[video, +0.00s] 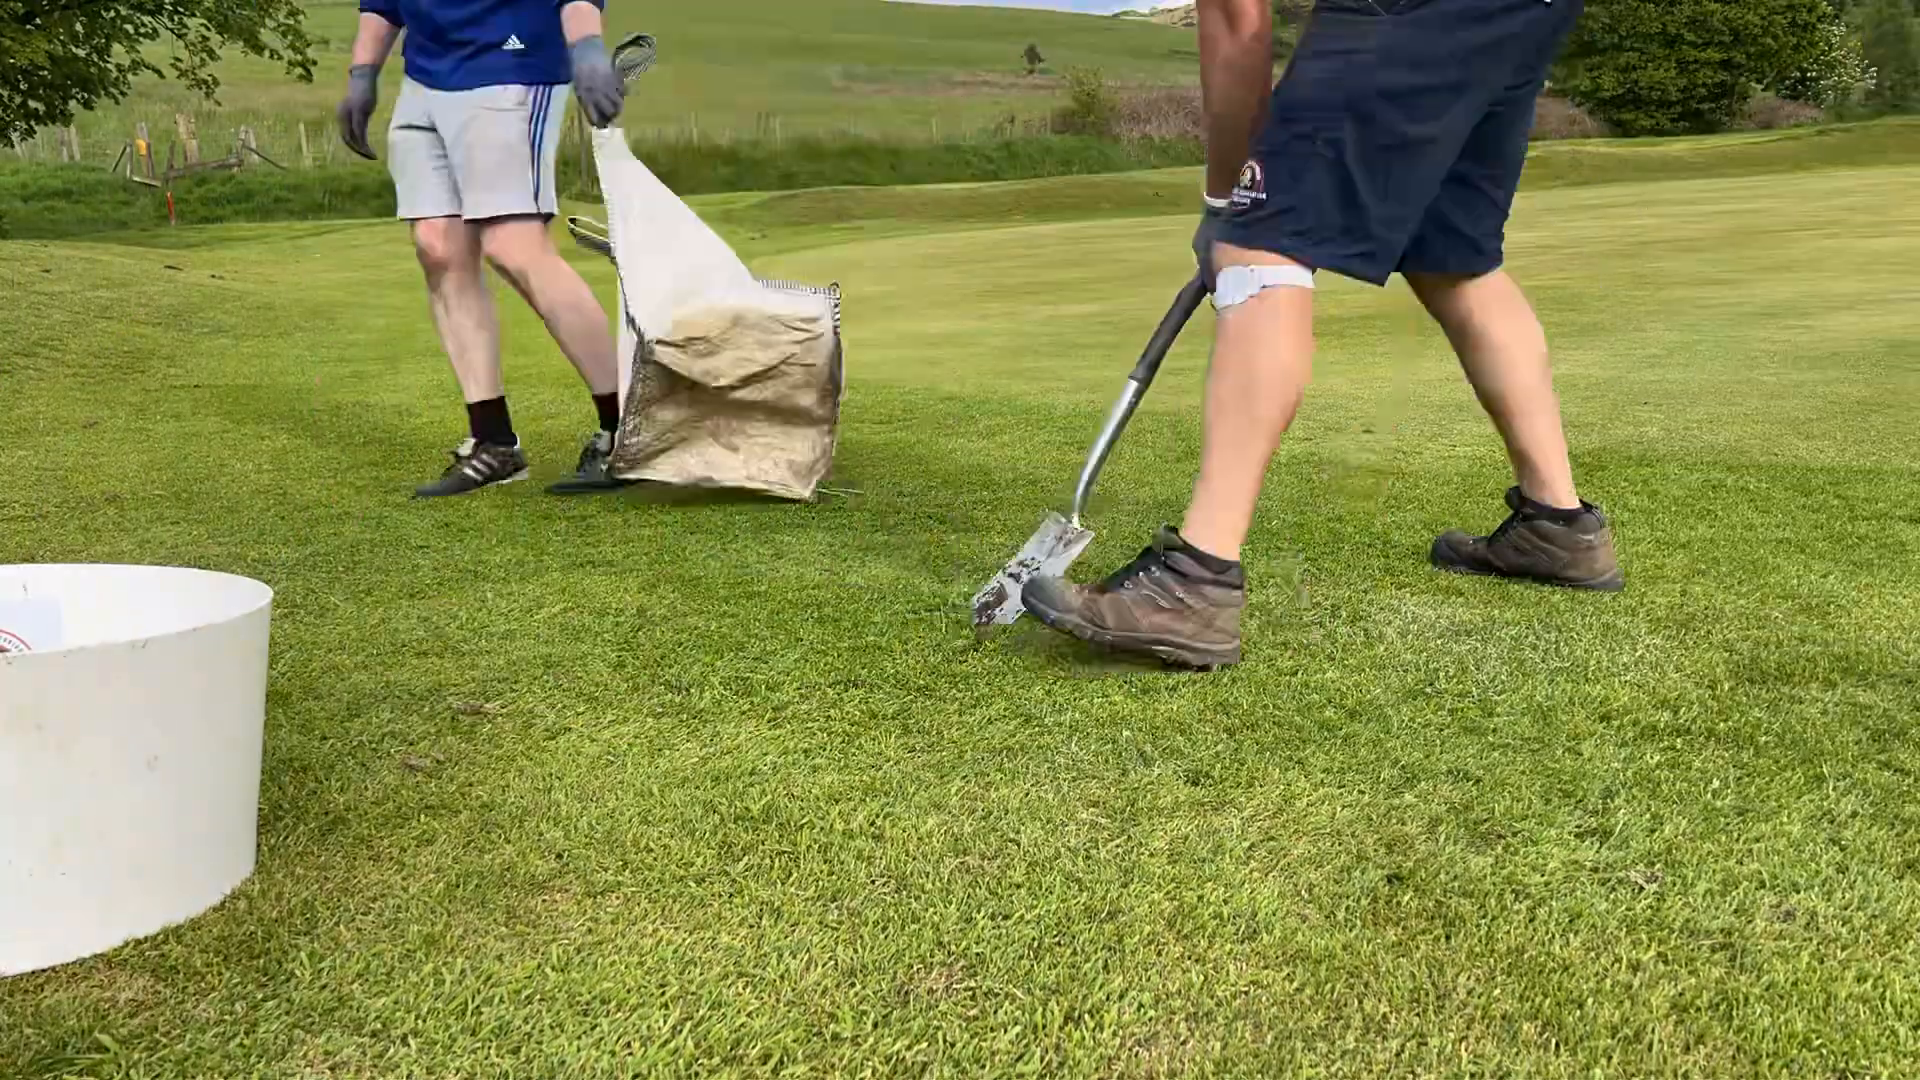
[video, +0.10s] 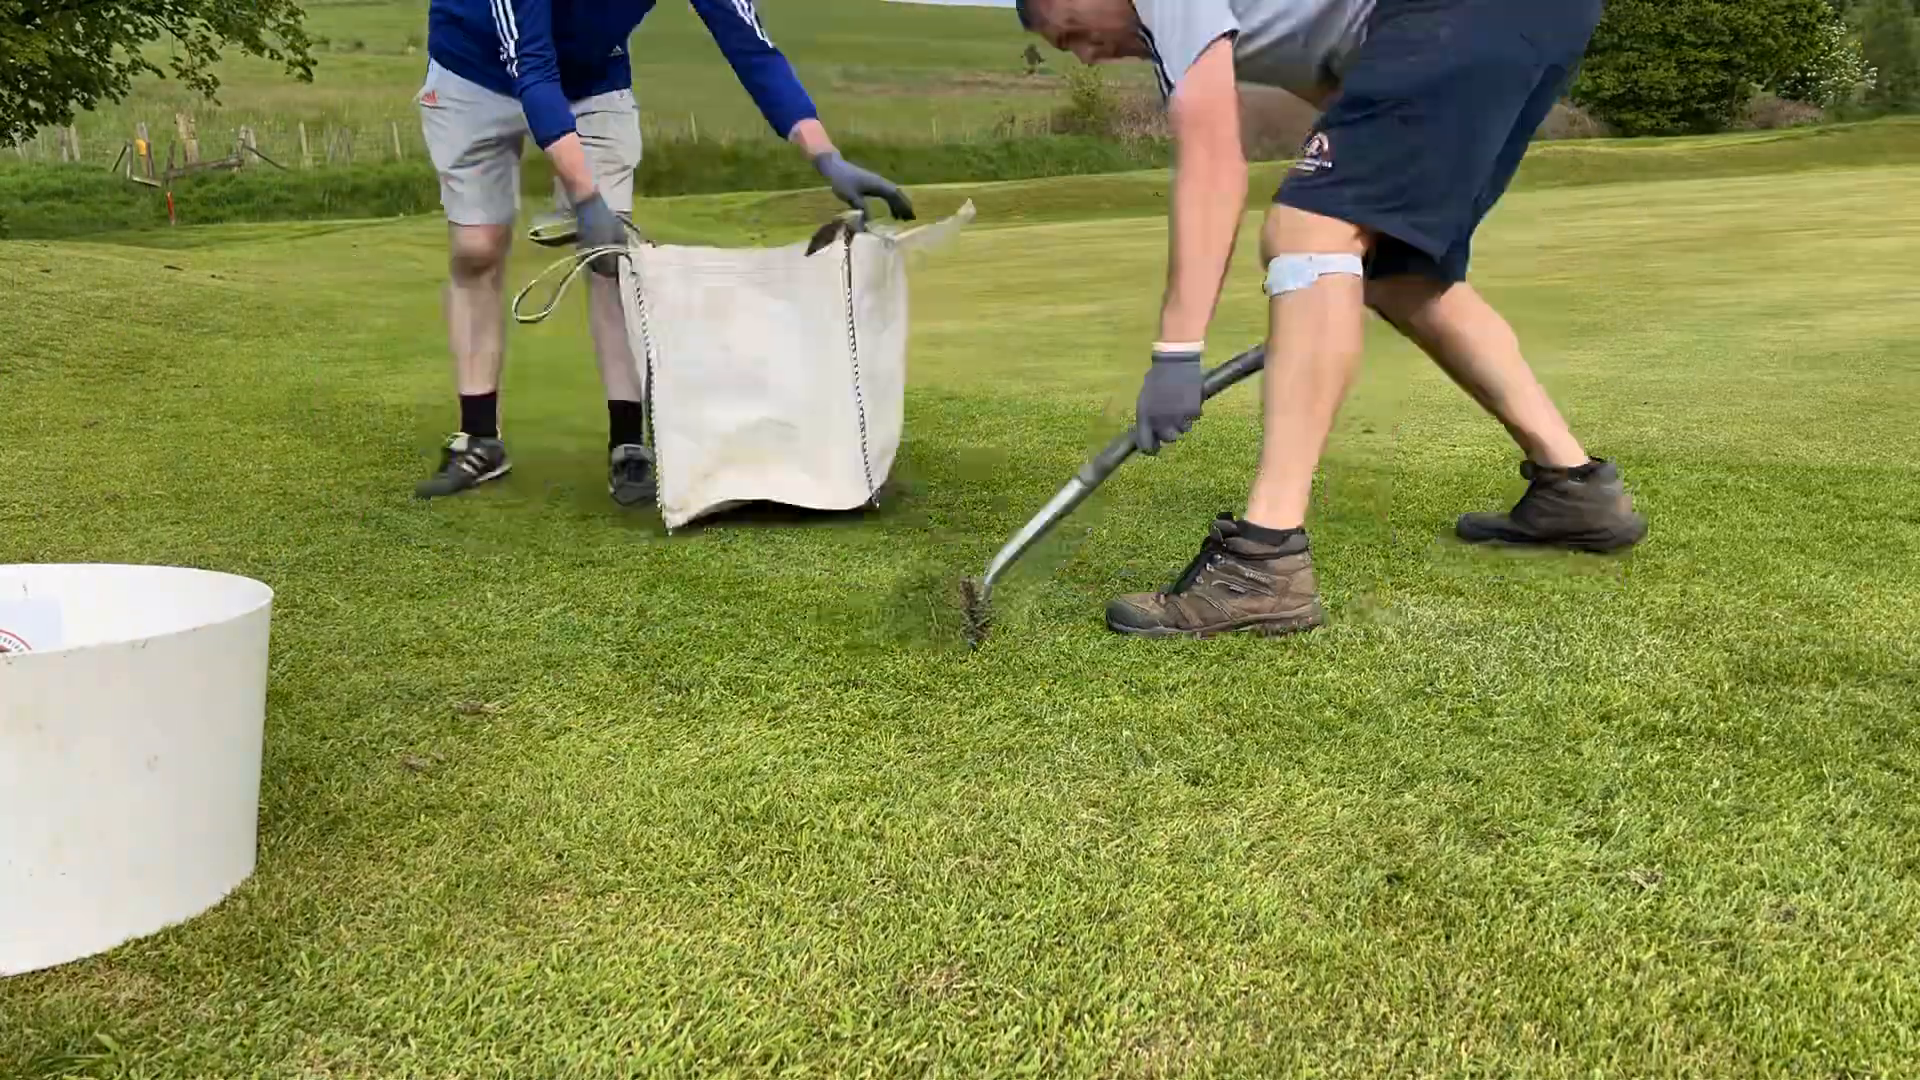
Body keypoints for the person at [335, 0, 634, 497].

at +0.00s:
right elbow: (383, 2)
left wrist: (588, 50)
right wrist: (363, 72)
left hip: (511, 61)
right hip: (426, 68)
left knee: (515, 244)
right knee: (440, 248)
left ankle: (624, 423)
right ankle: (493, 444)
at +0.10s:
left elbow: (751, 46)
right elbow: (530, 64)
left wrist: (829, 157)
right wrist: (586, 194)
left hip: (593, 71)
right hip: (476, 64)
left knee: (611, 251)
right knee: (475, 249)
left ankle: (629, 449)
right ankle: (479, 444)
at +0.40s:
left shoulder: (561, 0)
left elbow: (613, 114)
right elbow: (440, 44)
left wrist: (593, 256)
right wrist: (486, 118)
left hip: (640, 74)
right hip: (518, 92)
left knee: (680, 267)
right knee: (466, 286)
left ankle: (757, 478)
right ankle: (508, 460)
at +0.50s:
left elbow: (668, 37)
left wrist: (604, 163)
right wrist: (470, 6)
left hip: (660, 37)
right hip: (519, 41)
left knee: (707, 271)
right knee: (492, 261)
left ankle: (761, 488)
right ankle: (453, 515)